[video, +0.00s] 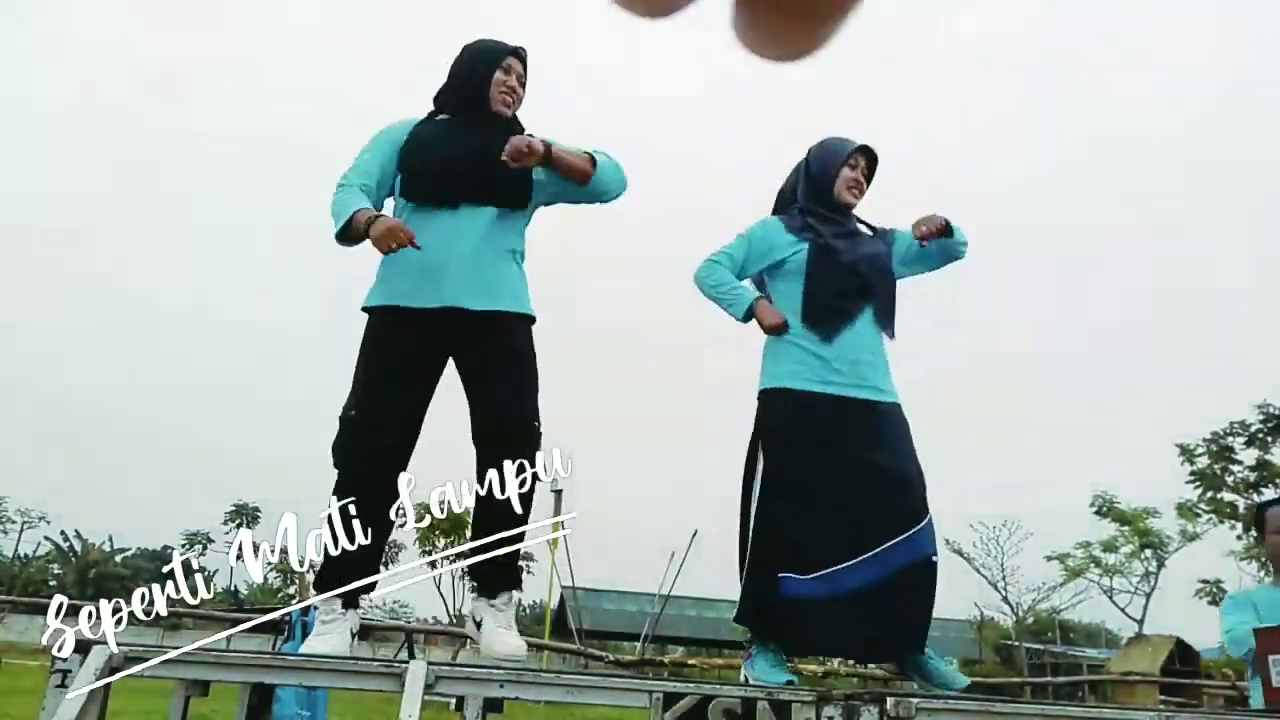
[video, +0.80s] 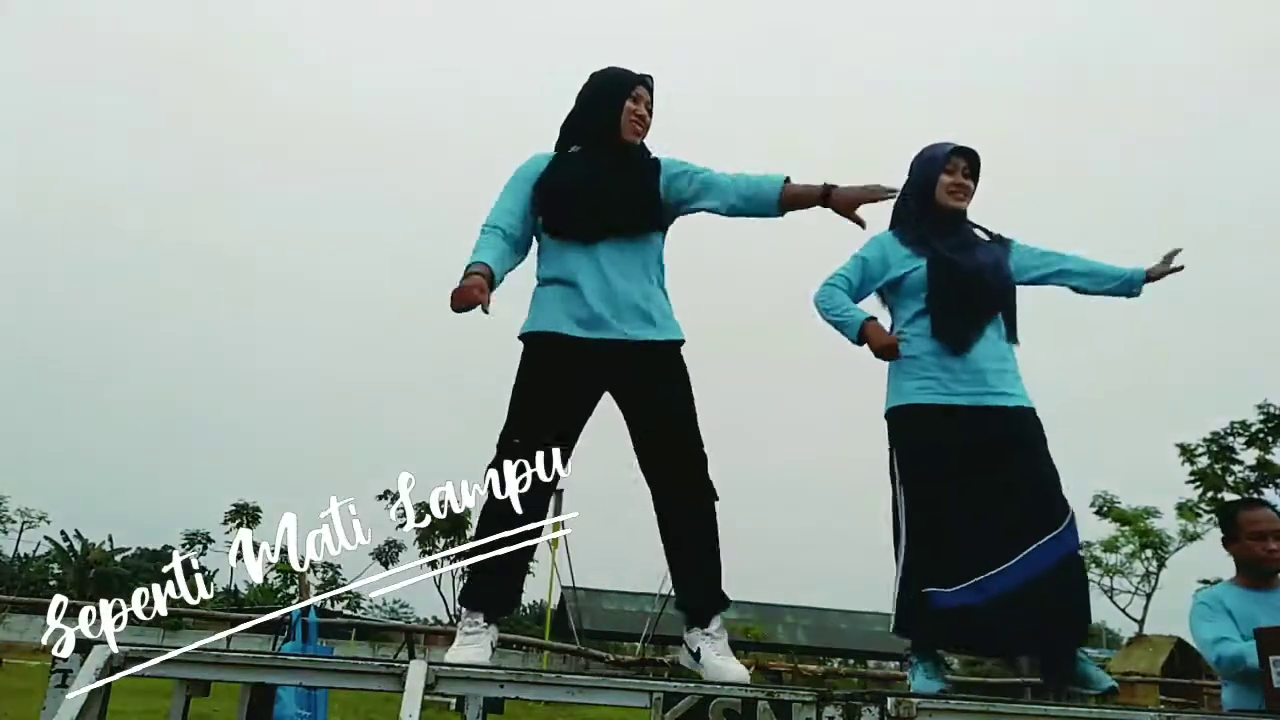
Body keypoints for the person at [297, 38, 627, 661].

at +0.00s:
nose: (514, 86)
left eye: (520, 82)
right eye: (504, 73)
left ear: (520, 95)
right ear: (469, 73)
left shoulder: (524, 155)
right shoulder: (405, 136)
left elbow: (614, 181)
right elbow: (350, 196)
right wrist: (372, 222)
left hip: (497, 313)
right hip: (405, 307)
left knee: (513, 454)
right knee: (368, 451)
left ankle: (493, 598)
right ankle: (343, 604)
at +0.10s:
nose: (533, 89)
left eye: (539, 82)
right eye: (521, 78)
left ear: (540, 92)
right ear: (484, 77)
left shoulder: (546, 156)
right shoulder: (421, 136)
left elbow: (612, 223)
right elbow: (359, 194)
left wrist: (613, 208)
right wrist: (348, 228)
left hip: (517, 320)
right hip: (424, 312)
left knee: (539, 469)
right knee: (380, 459)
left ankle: (557, 621)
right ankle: (340, 609)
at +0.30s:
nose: (569, 93)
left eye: (574, 89)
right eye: (559, 81)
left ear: (574, 107)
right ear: (523, 86)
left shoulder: (585, 171)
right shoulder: (474, 151)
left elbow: (667, 209)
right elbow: (401, 204)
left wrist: (625, 167)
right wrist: (393, 231)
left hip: (570, 331)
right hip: (480, 324)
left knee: (572, 482)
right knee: (422, 463)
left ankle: (564, 626)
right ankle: (370, 607)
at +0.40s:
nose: (588, 95)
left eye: (593, 91)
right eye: (577, 85)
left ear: (594, 106)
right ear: (543, 90)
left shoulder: (604, 157)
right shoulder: (491, 151)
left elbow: (657, 171)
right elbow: (439, 210)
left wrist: (579, 131)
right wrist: (450, 239)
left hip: (579, 325)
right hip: (493, 318)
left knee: (579, 475)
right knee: (452, 457)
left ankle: (567, 625)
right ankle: (434, 607)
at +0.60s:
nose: (603, 121)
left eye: (609, 115)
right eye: (591, 109)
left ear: (611, 127)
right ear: (556, 113)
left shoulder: (616, 181)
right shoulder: (512, 167)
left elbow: (637, 169)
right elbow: (480, 234)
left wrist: (589, 127)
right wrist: (526, 274)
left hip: (605, 351)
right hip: (521, 345)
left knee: (639, 475)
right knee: (494, 483)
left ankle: (596, 614)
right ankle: (477, 623)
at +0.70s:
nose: (623, 115)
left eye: (628, 111)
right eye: (614, 104)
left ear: (628, 123)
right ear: (579, 103)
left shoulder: (632, 174)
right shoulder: (526, 167)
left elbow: (684, 162)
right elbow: (488, 231)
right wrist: (506, 271)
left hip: (625, 345)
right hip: (541, 340)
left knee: (670, 466)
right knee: (504, 476)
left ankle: (650, 615)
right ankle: (477, 621)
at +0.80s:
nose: (642, 112)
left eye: (647, 107)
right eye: (633, 101)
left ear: (646, 121)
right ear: (598, 103)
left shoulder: (658, 174)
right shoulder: (545, 169)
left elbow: (734, 190)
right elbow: (505, 227)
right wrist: (481, 272)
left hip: (648, 344)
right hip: (561, 340)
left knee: (685, 485)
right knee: (520, 477)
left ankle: (704, 633)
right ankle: (478, 620)